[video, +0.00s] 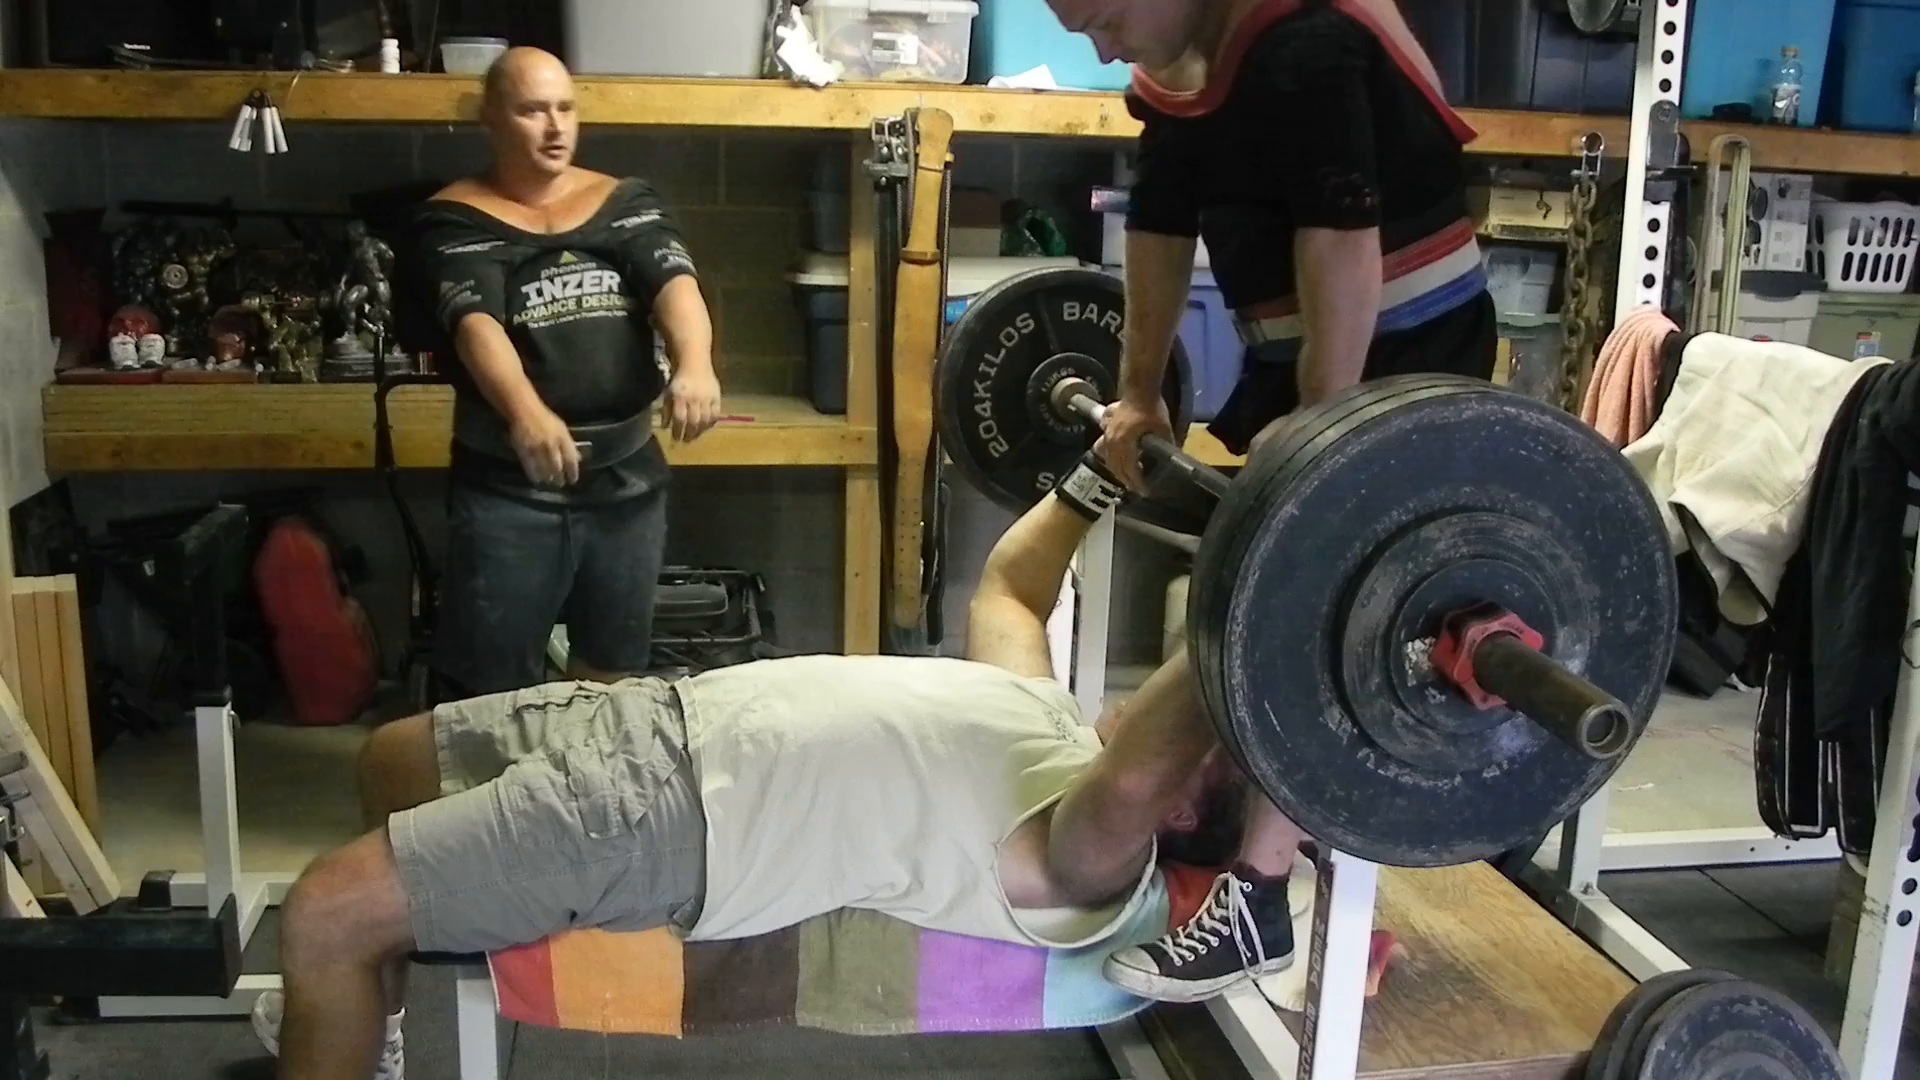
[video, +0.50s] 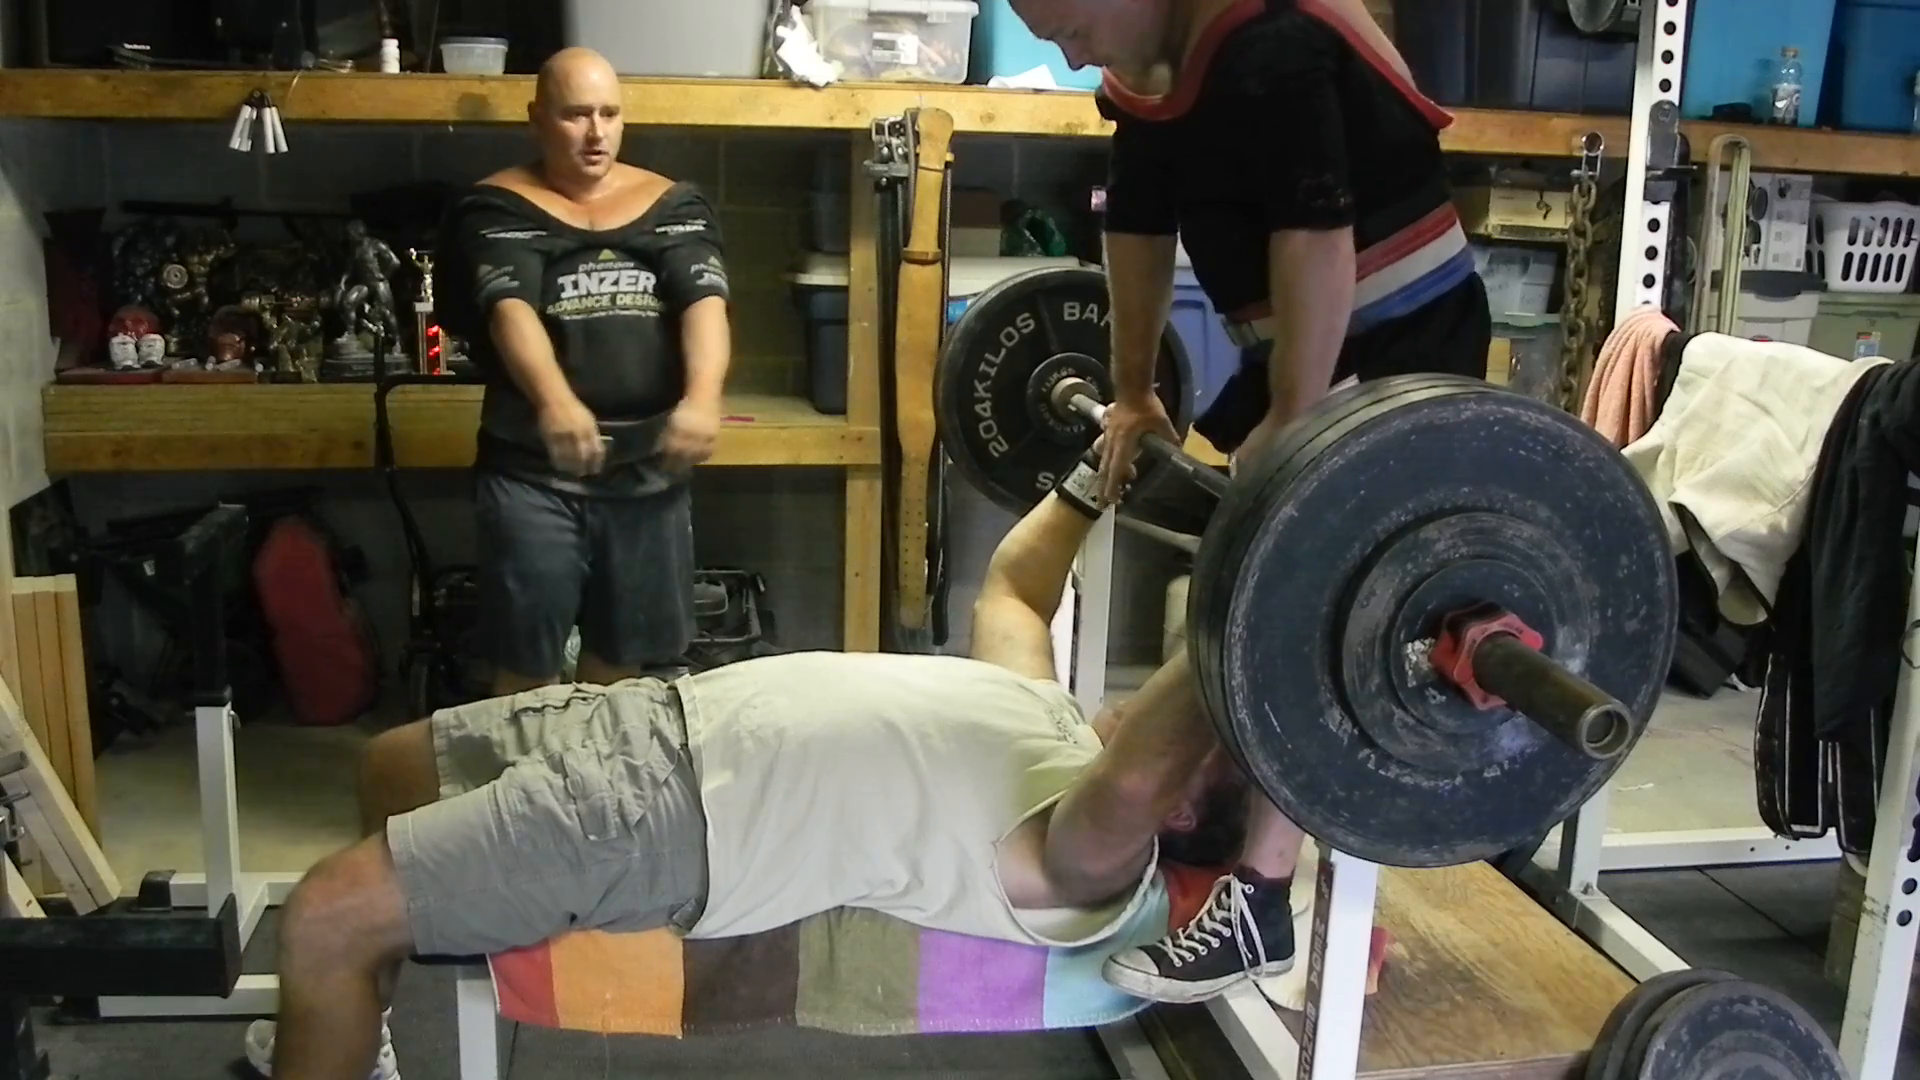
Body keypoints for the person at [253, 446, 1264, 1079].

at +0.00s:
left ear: (1218, 850)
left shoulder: (1092, 871)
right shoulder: (1050, 726)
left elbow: (1155, 761)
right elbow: (1012, 589)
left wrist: (1284, 599)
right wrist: (1100, 477)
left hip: (670, 814)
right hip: (661, 715)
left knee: (324, 912)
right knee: (391, 760)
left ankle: (342, 1061)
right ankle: (401, 989)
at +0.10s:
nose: (1189, 720)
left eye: (1220, 742)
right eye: (1211, 722)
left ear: (1201, 828)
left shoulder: (1088, 875)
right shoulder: (1051, 722)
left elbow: (1142, 761)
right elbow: (1015, 587)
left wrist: (1276, 619)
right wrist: (1105, 474)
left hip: (672, 814)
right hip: (660, 714)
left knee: (328, 910)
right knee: (393, 759)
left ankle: (344, 1063)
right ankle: (405, 989)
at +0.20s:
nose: (1194, 726)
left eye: (1223, 744)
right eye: (1220, 728)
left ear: (1205, 830)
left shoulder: (1086, 868)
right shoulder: (1054, 725)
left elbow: (1154, 753)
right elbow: (1018, 587)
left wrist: (1280, 606)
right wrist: (1100, 479)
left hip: (670, 814)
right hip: (659, 714)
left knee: (327, 911)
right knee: (393, 761)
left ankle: (344, 1061)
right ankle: (389, 1002)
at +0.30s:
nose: (1186, 714)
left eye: (1215, 735)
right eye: (1207, 716)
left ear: (1200, 818)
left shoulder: (1084, 869)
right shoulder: (1052, 724)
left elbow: (1151, 755)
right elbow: (1017, 588)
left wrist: (1280, 618)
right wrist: (1100, 478)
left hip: (668, 817)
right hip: (659, 717)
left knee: (326, 911)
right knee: (391, 768)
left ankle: (339, 1062)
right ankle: (383, 1005)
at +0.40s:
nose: (1174, 722)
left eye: (1201, 741)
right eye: (1197, 723)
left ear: (1189, 815)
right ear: (1180, 740)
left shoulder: (1086, 872)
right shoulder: (1054, 723)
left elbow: (1145, 760)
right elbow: (1017, 589)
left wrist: (1270, 625)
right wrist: (1099, 482)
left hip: (666, 815)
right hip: (655, 714)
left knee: (323, 917)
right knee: (391, 767)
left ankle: (335, 1061)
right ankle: (382, 1009)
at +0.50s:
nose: (1185, 715)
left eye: (1216, 735)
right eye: (1209, 716)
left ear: (1202, 827)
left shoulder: (1088, 868)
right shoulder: (1049, 723)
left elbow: (1151, 757)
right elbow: (1014, 586)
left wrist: (1277, 594)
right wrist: (1098, 486)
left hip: (669, 817)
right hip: (660, 714)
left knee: (326, 916)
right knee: (390, 769)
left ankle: (327, 1065)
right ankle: (359, 1010)